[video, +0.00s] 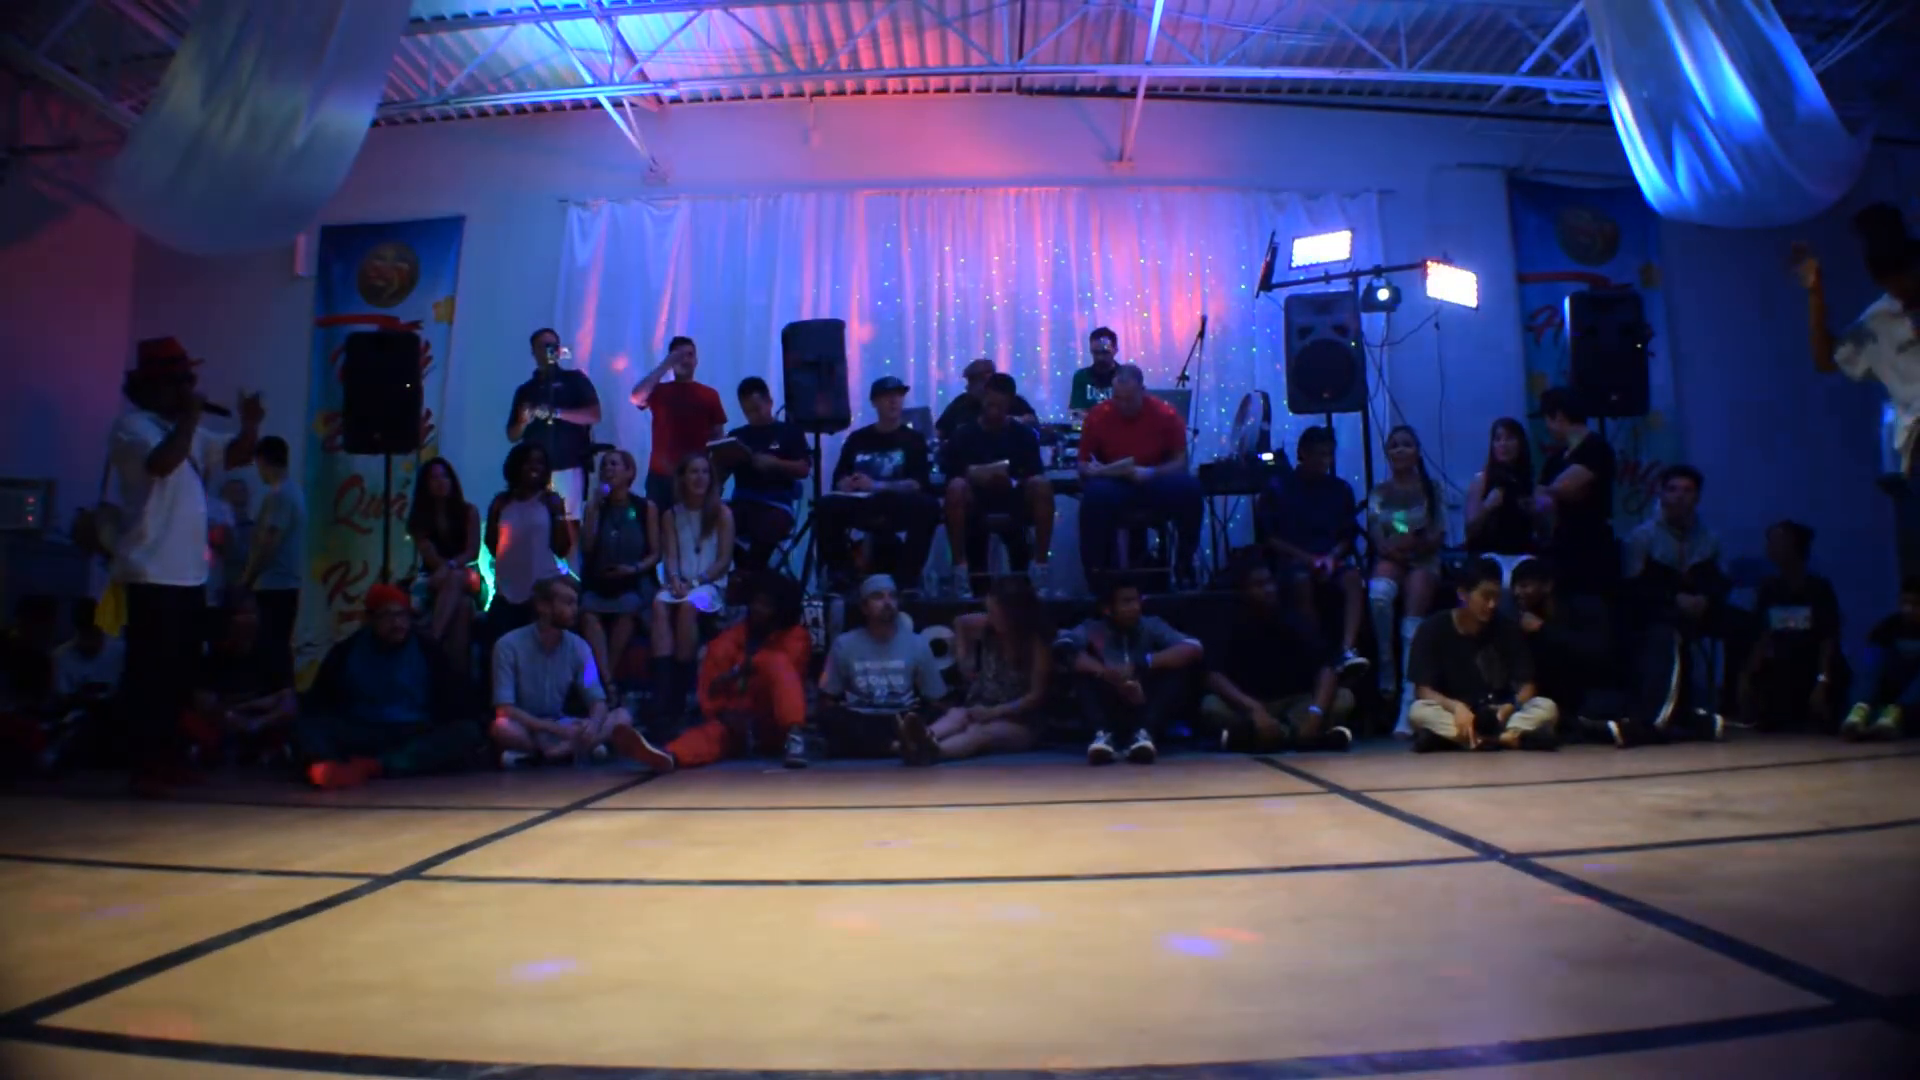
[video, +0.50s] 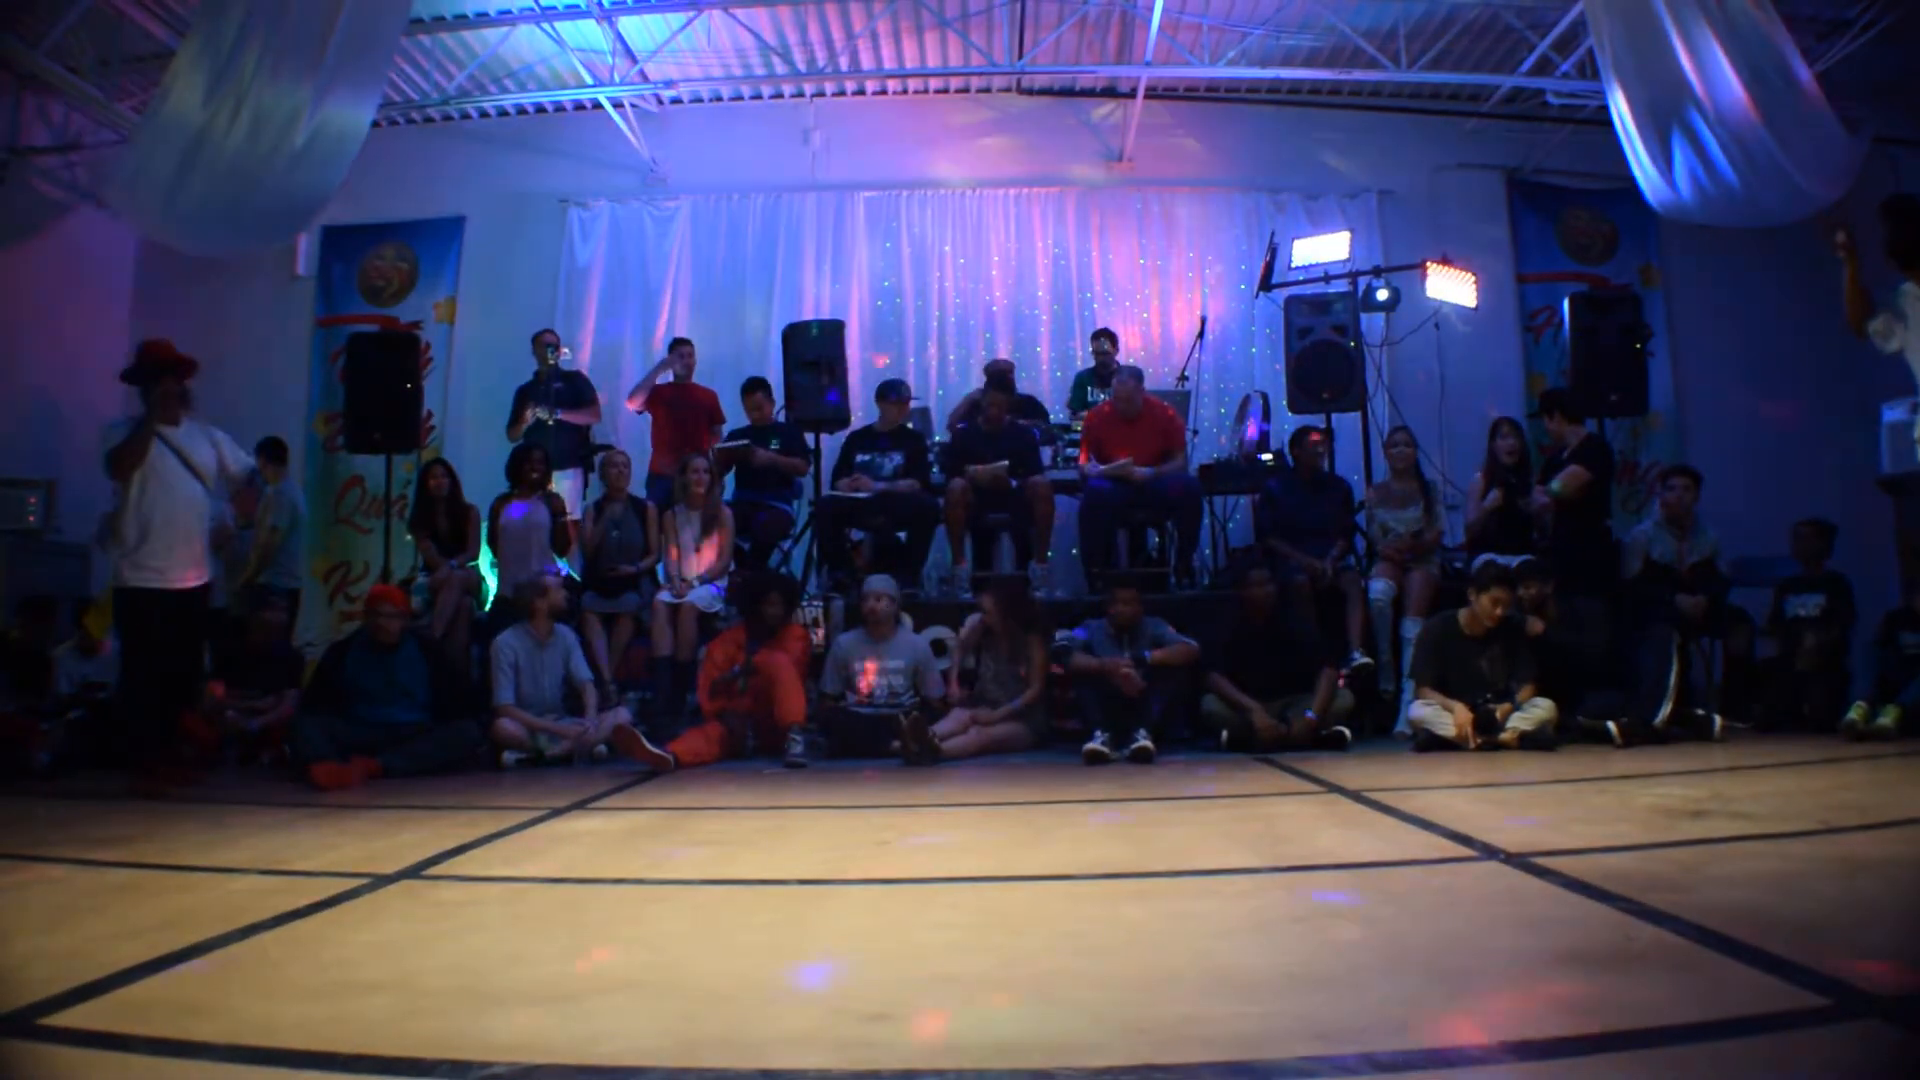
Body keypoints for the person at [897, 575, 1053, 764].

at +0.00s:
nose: (992, 618)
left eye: (996, 611)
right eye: (990, 612)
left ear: (1013, 612)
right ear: (990, 612)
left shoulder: (1035, 644)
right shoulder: (990, 630)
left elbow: (1037, 696)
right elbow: (961, 623)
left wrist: (993, 712)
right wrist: (965, 665)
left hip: (1017, 716)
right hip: (982, 707)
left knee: (981, 733)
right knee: (957, 716)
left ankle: (931, 752)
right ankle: (920, 737)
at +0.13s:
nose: (989, 617)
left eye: (993, 611)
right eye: (987, 611)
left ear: (1010, 611)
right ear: (987, 611)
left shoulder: (1034, 640)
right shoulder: (988, 630)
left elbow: (1038, 692)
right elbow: (962, 627)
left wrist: (996, 714)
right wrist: (961, 671)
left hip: (1019, 715)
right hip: (984, 707)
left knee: (984, 734)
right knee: (960, 715)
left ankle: (931, 752)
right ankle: (925, 737)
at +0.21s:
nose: (986, 619)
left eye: (990, 613)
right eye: (985, 613)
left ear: (1008, 612)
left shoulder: (1033, 639)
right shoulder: (984, 632)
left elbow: (1039, 692)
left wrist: (997, 715)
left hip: (1021, 716)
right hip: (987, 706)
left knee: (978, 735)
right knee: (961, 716)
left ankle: (934, 752)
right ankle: (924, 737)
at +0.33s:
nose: (987, 618)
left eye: (991, 611)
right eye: (986, 612)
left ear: (1008, 610)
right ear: (985, 610)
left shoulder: (1030, 636)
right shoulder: (982, 628)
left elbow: (1037, 690)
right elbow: (962, 640)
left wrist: (998, 715)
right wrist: (956, 682)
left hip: (1023, 715)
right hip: (990, 706)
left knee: (981, 734)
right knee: (960, 715)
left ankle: (931, 752)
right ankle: (925, 737)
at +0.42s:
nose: (987, 617)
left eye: (991, 611)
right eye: (985, 611)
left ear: (1008, 610)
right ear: (985, 609)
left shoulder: (1030, 638)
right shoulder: (980, 626)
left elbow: (1036, 689)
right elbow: (960, 645)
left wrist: (998, 715)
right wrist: (955, 684)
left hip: (1019, 714)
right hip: (986, 705)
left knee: (980, 734)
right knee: (960, 716)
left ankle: (933, 751)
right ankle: (924, 737)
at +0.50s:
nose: (983, 618)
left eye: (988, 612)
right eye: (983, 612)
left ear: (1007, 612)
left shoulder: (1030, 638)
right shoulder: (979, 627)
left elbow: (1036, 690)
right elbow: (959, 647)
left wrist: (996, 714)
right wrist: (954, 684)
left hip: (1021, 713)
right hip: (985, 704)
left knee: (979, 736)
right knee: (961, 715)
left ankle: (934, 752)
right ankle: (922, 738)